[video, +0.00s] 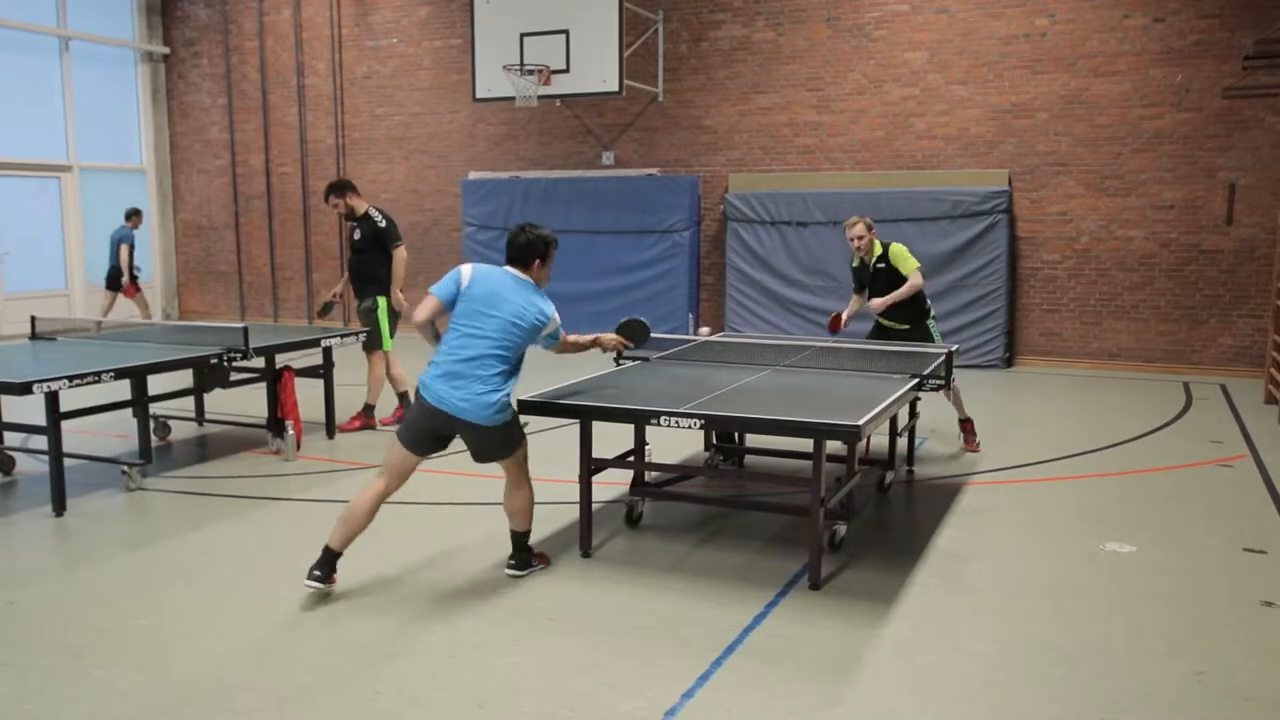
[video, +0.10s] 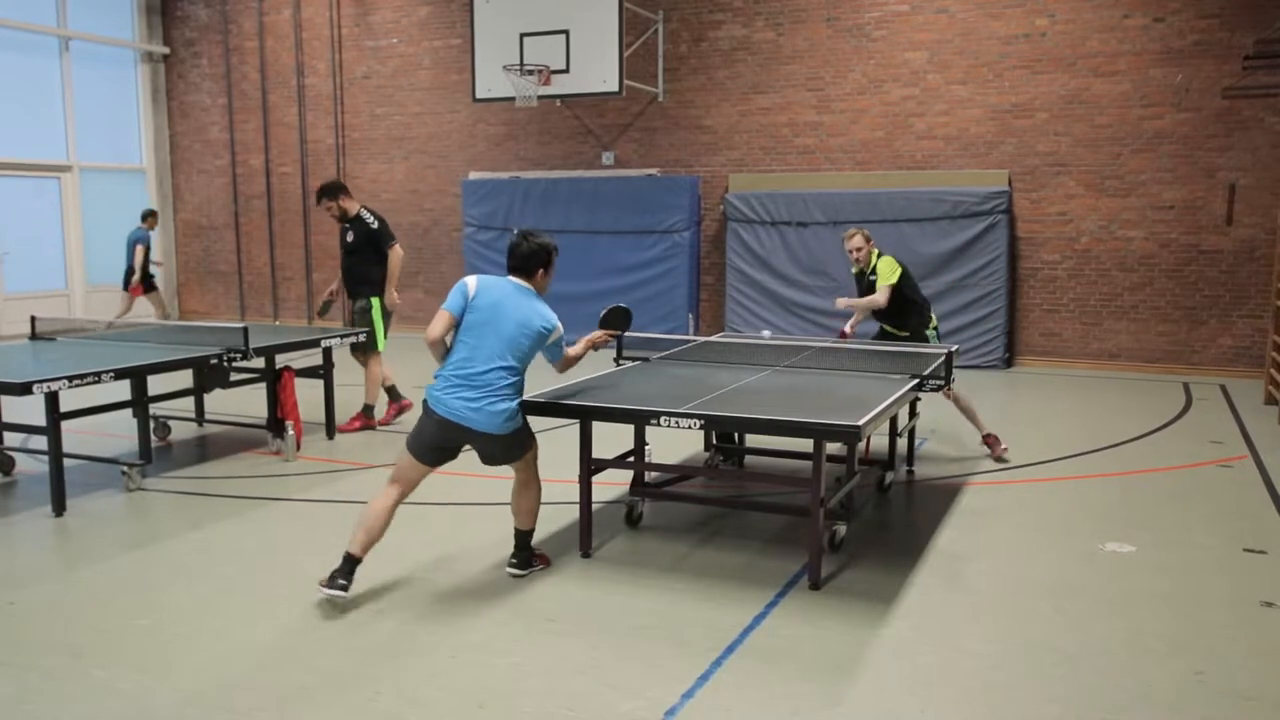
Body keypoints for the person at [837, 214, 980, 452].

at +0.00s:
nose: (857, 244)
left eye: (861, 238)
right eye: (852, 240)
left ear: (872, 235)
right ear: (848, 242)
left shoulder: (895, 251)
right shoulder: (857, 263)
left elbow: (917, 281)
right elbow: (859, 295)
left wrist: (886, 300)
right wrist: (847, 313)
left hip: (919, 325)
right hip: (885, 326)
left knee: (943, 377)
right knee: (863, 373)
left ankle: (965, 421)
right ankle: (861, 432)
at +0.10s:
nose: (855, 256)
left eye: (859, 249)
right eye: (850, 252)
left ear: (871, 247)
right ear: (847, 253)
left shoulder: (886, 263)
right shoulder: (859, 271)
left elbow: (881, 299)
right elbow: (868, 302)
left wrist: (851, 302)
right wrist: (852, 323)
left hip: (921, 332)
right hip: (890, 331)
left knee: (946, 389)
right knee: (862, 376)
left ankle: (986, 435)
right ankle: (859, 434)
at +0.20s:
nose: (861, 271)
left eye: (865, 264)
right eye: (856, 267)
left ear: (876, 261)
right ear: (852, 268)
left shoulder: (894, 275)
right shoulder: (865, 290)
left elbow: (888, 311)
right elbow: (858, 327)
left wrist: (858, 303)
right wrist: (861, 339)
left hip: (928, 343)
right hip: (897, 346)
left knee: (947, 398)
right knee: (864, 387)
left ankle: (987, 442)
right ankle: (860, 443)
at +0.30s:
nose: (867, 273)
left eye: (871, 266)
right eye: (863, 268)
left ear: (883, 261)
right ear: (858, 269)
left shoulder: (905, 270)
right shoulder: (863, 293)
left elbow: (931, 296)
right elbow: (844, 325)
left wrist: (898, 299)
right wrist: (854, 333)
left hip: (930, 345)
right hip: (894, 350)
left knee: (953, 394)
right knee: (865, 391)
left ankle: (989, 443)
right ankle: (856, 446)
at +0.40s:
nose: (874, 275)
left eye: (878, 269)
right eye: (870, 271)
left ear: (889, 264)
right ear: (864, 270)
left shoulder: (909, 270)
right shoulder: (866, 291)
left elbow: (945, 284)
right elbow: (835, 319)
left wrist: (928, 290)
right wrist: (845, 316)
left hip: (930, 343)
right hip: (894, 348)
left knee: (958, 391)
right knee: (871, 391)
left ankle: (987, 441)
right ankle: (861, 445)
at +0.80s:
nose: (888, 250)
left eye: (892, 244)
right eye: (883, 245)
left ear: (906, 243)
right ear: (880, 247)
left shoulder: (929, 260)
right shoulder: (882, 276)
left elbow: (961, 285)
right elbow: (866, 306)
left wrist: (935, 304)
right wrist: (850, 313)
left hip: (943, 335)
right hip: (907, 337)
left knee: (965, 390)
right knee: (882, 381)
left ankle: (991, 439)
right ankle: (877, 424)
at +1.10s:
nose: (890, 273)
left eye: (895, 267)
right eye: (886, 268)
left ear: (907, 263)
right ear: (882, 268)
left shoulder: (928, 273)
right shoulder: (885, 293)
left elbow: (960, 294)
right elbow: (868, 322)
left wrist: (935, 302)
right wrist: (873, 339)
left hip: (946, 343)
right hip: (912, 346)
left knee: (965, 391)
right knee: (885, 384)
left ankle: (991, 440)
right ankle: (869, 431)